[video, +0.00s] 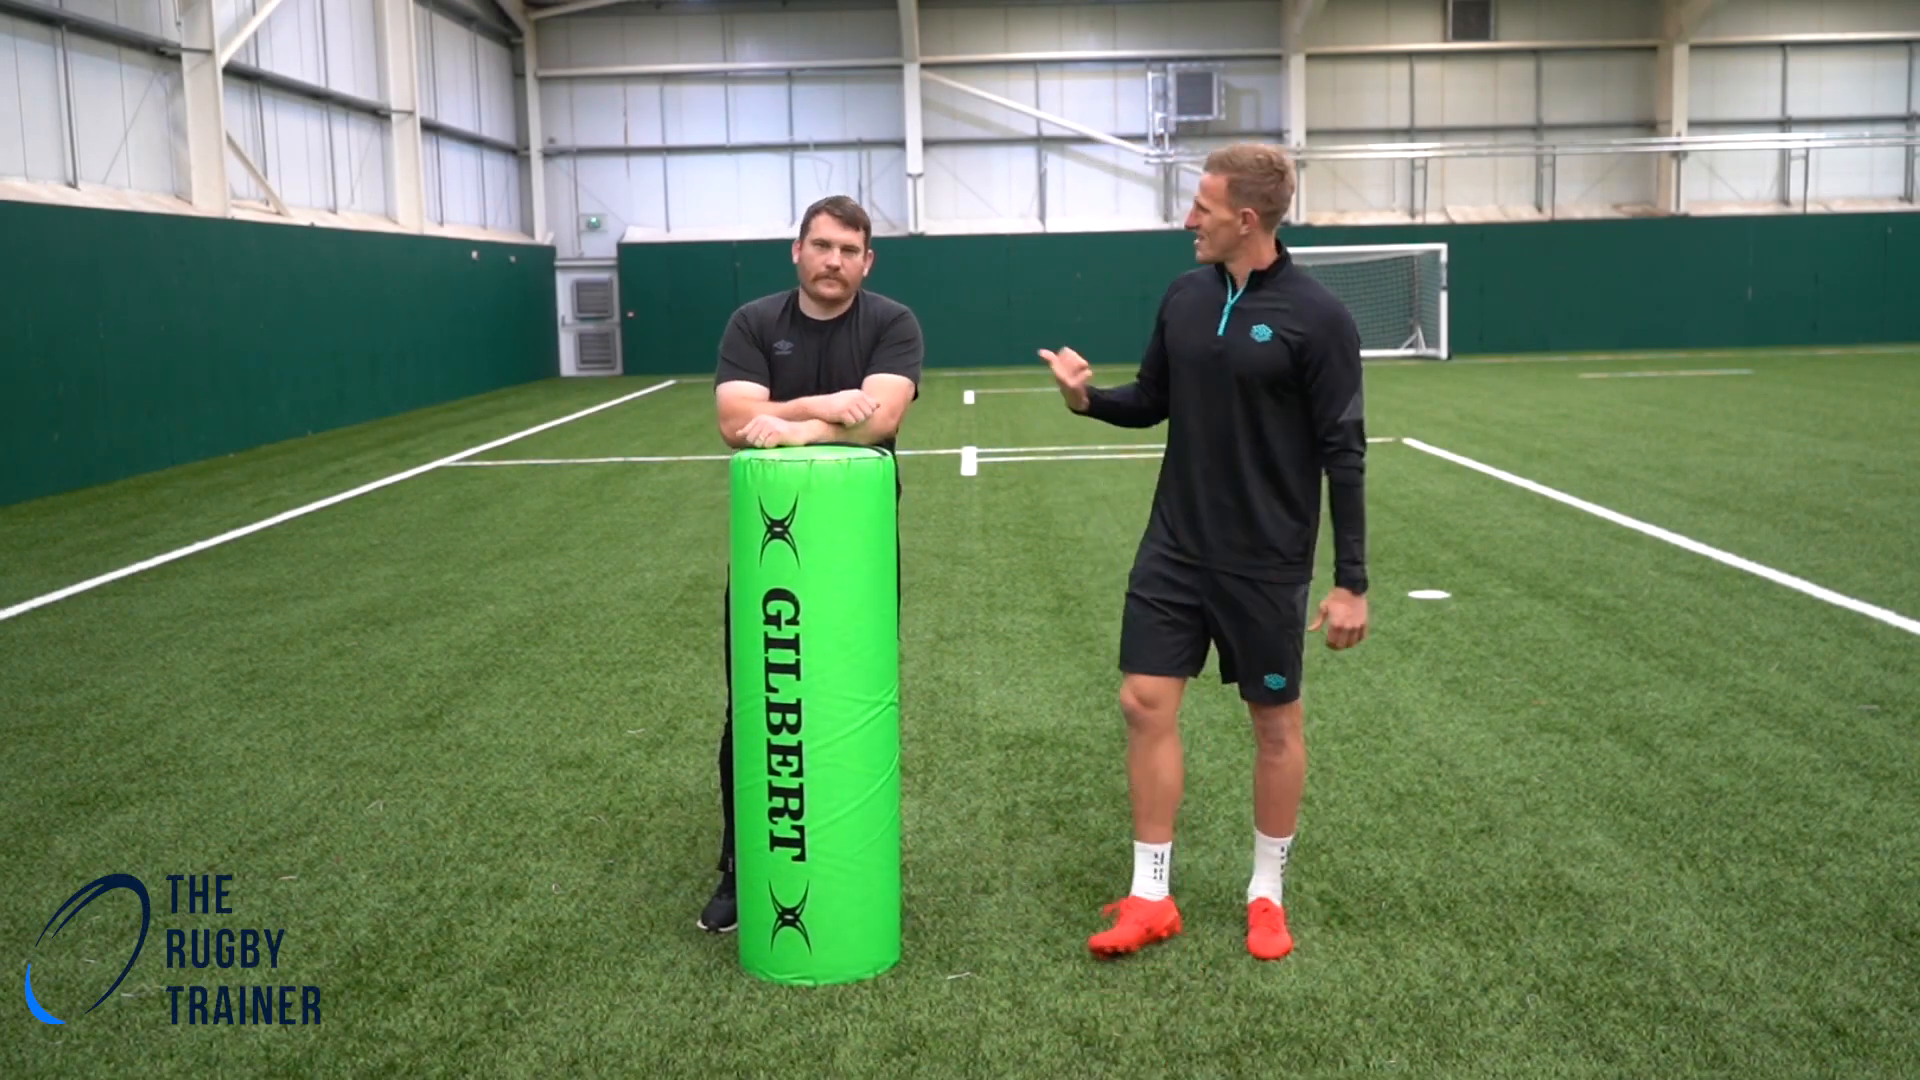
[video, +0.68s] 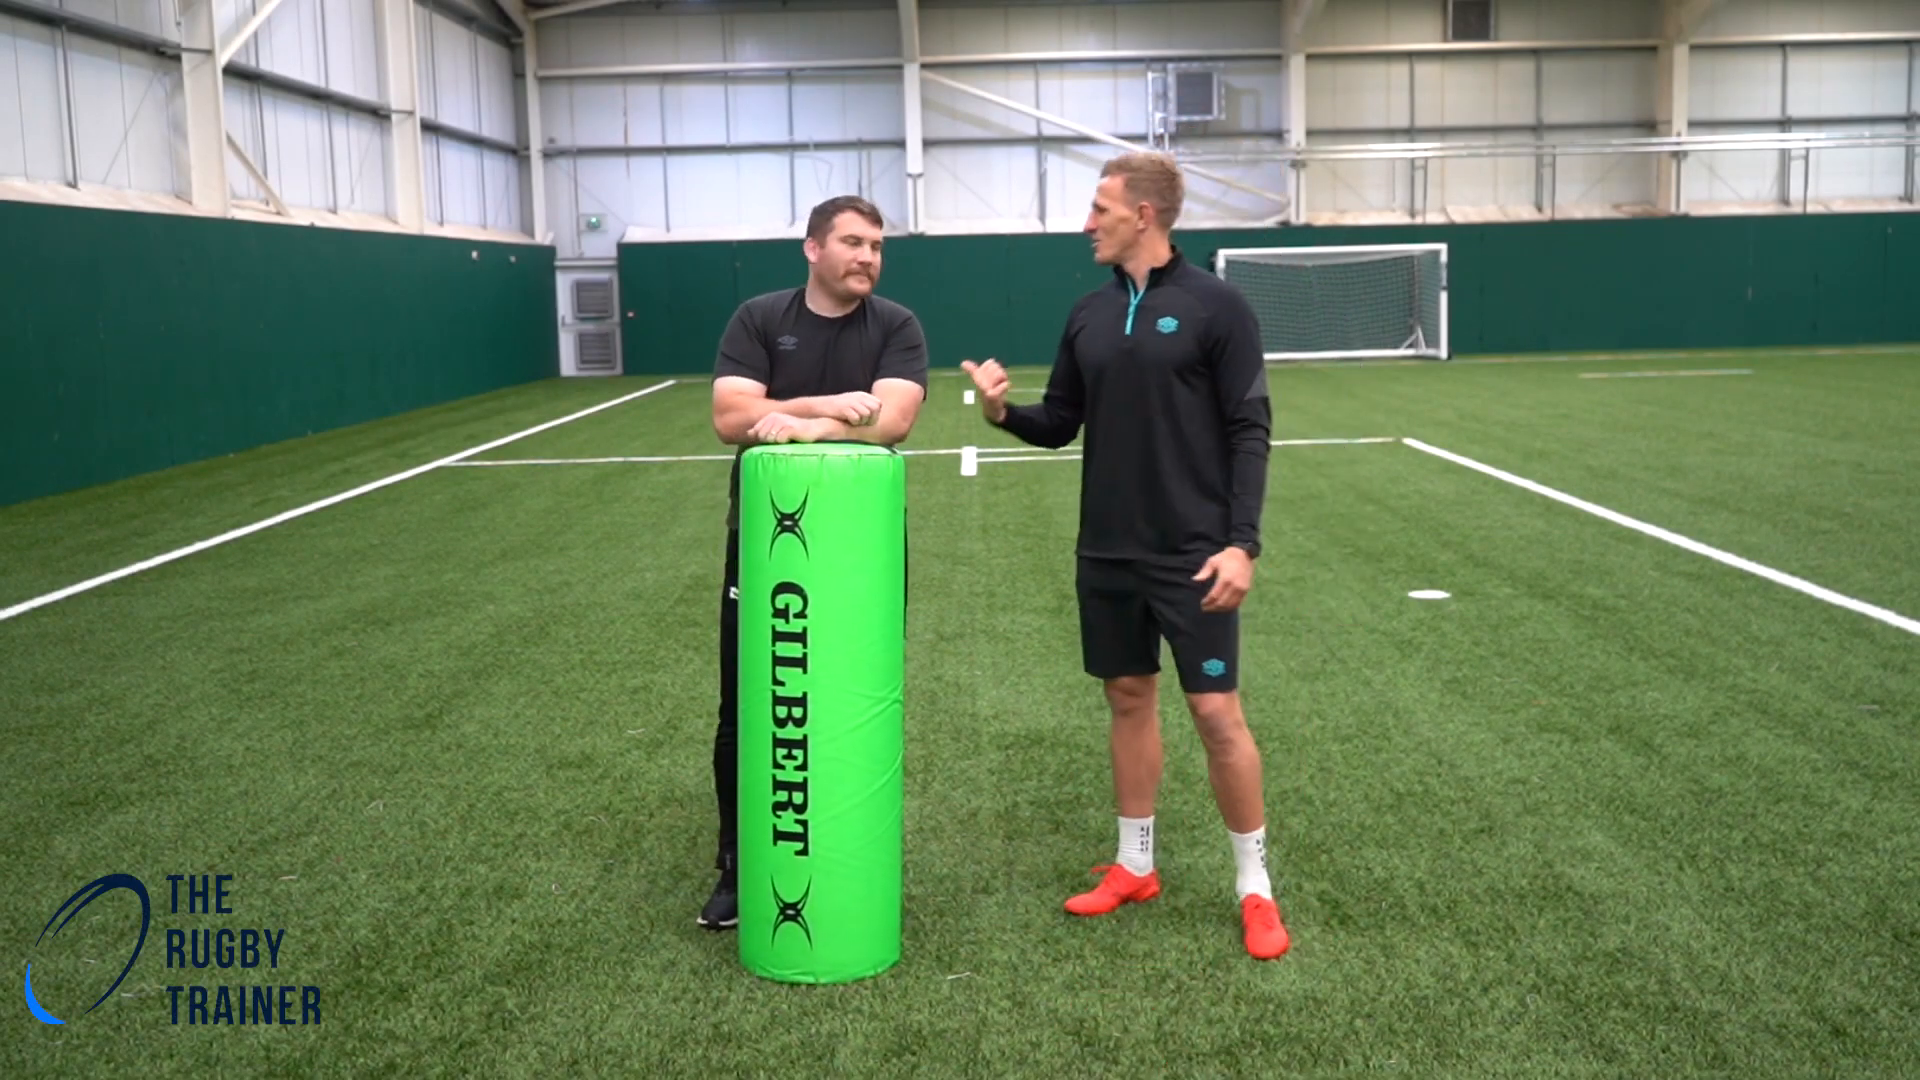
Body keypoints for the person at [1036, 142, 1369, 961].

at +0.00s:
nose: (1190, 217)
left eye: (1203, 207)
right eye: (1193, 203)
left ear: (1253, 220)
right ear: (1229, 215)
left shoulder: (1319, 319)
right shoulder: (1186, 295)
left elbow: (1344, 453)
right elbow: (1151, 402)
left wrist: (1351, 581)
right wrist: (1088, 396)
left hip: (1267, 557)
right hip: (1175, 542)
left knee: (1276, 722)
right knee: (1145, 701)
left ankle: (1267, 891)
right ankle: (1150, 895)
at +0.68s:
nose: (1089, 221)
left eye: (1102, 209)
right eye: (1091, 208)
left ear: (1147, 217)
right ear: (1128, 217)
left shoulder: (1218, 307)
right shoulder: (1090, 313)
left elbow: (1250, 431)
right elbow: (1056, 426)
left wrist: (1243, 542)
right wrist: (1001, 406)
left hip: (1194, 546)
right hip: (1109, 546)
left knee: (1216, 712)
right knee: (1128, 696)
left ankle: (1254, 883)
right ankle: (1134, 867)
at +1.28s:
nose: (1050, 226)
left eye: (1063, 214)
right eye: (1053, 212)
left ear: (1109, 222)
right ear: (1093, 221)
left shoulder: (1180, 305)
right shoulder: (1056, 316)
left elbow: (1225, 421)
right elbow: (1023, 430)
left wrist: (1179, 517)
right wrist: (986, 397)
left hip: (1163, 546)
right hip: (1081, 545)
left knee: (1189, 707)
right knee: (1112, 693)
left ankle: (1218, 895)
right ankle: (1132, 865)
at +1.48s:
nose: (1053, 226)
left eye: (1066, 215)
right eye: (1056, 213)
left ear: (1113, 223)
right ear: (1097, 222)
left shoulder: (1180, 304)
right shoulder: (1053, 320)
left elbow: (1204, 424)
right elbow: (1021, 432)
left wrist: (1098, 463)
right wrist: (1000, 388)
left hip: (1163, 547)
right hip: (1081, 547)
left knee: (1190, 709)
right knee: (1111, 694)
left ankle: (1219, 897)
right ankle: (1132, 867)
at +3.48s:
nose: (1071, 228)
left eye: (1084, 217)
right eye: (1072, 214)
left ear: (1131, 224)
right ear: (1100, 221)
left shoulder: (1192, 306)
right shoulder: (1063, 316)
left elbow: (1207, 423)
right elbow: (1026, 438)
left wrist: (1094, 412)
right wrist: (1024, 407)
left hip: (1173, 543)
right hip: (1089, 543)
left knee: (1199, 706)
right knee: (1112, 695)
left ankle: (1225, 895)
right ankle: (1134, 865)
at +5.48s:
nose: (1053, 228)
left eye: (1066, 217)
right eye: (1053, 214)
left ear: (1114, 225)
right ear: (1075, 221)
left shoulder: (1175, 310)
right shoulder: (1044, 316)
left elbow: (1203, 430)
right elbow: (1020, 420)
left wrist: (1094, 447)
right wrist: (1023, 437)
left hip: (1159, 548)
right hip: (1075, 550)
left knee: (1189, 709)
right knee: (1107, 698)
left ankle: (1222, 894)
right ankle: (1134, 867)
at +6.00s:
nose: (1048, 227)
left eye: (1061, 216)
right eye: (1049, 214)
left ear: (1110, 223)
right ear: (1075, 221)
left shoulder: (1174, 307)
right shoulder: (1043, 318)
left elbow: (1210, 426)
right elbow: (1029, 426)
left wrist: (1103, 451)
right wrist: (1026, 452)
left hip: (1163, 549)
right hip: (1080, 550)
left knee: (1193, 710)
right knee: (1110, 698)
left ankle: (1223, 896)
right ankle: (1134, 868)